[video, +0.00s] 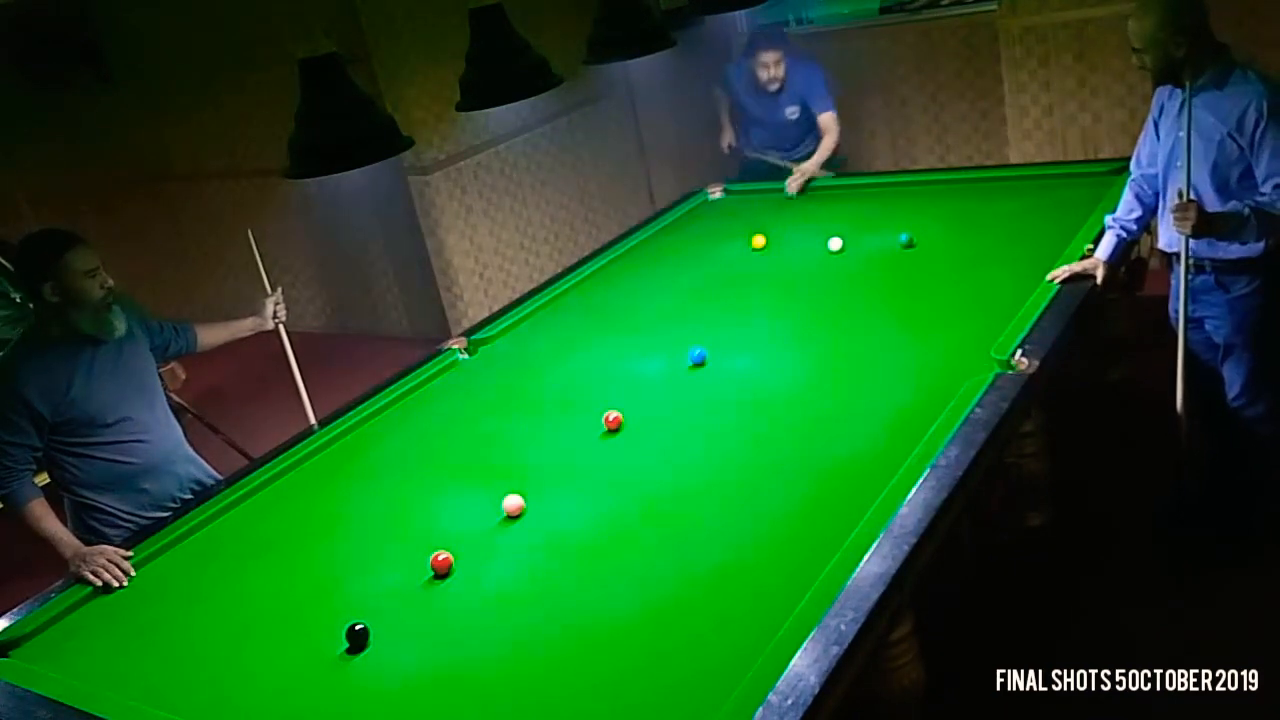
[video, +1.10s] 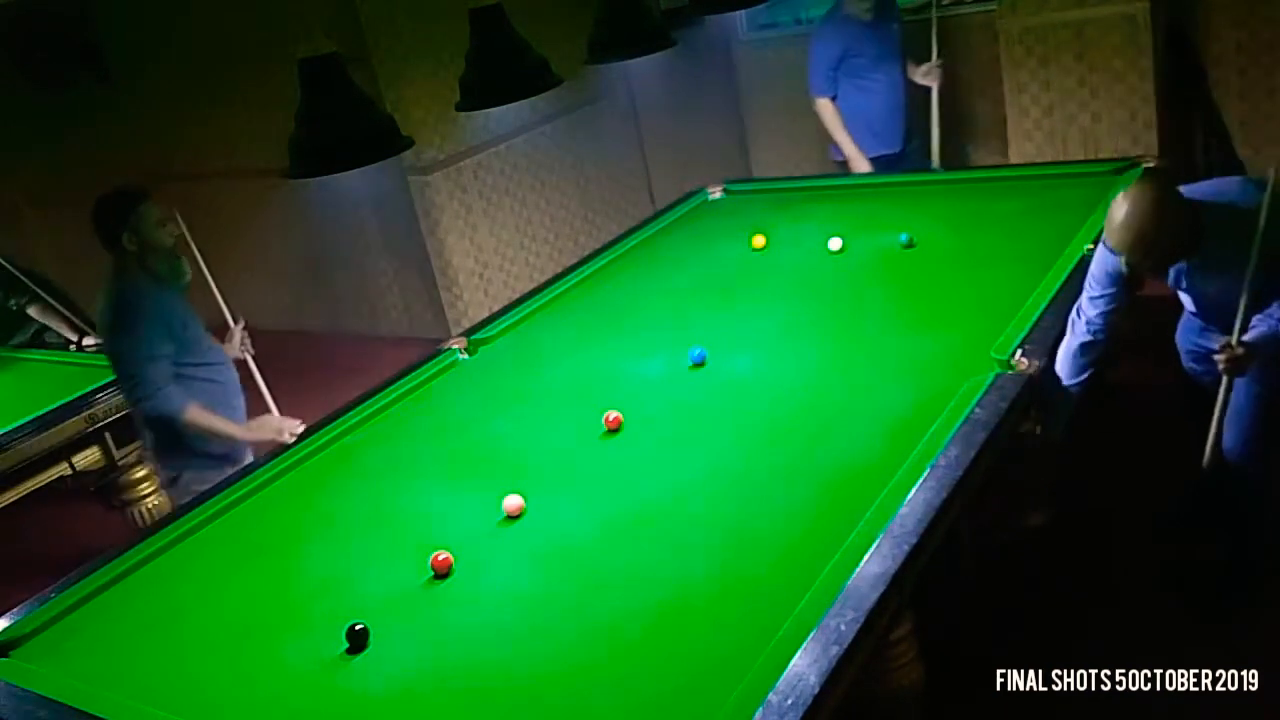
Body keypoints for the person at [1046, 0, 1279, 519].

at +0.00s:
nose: (1136, 60)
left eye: (1143, 49)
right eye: (1133, 49)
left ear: (1181, 42)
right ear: (1175, 45)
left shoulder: (1255, 101)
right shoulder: (1167, 98)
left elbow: (1276, 209)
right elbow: (1143, 182)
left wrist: (1215, 223)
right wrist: (1104, 254)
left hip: (1241, 285)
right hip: (1185, 281)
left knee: (1247, 408)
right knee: (1195, 405)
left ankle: (1257, 524)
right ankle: (1204, 517)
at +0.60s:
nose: (1150, 117)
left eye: (1159, 106)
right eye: (1144, 106)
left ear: (1189, 91)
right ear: (1139, 95)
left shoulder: (1246, 137)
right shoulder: (1139, 127)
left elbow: (1272, 241)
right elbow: (1118, 203)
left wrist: (1218, 291)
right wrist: (1104, 266)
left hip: (1234, 304)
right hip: (1174, 299)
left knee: (1227, 419)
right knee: (1178, 411)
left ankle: (1241, 527)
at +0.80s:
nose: (1152, 184)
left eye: (1161, 175)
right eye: (1143, 173)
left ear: (1195, 155)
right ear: (1136, 152)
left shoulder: (1259, 174)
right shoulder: (1132, 174)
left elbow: (1276, 273)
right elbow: (1107, 253)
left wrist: (1229, 324)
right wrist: (1097, 332)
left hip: (1248, 311)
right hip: (1184, 299)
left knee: (1228, 439)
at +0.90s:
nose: (1151, 222)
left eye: (1157, 212)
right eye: (1140, 214)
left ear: (1185, 190)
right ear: (1128, 190)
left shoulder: (1257, 189)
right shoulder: (1126, 200)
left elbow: (1278, 282)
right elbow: (1101, 279)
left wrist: (1238, 332)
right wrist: (1089, 362)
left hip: (1255, 319)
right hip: (1192, 310)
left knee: (1231, 443)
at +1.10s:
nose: (1132, 270)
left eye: (1142, 259)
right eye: (1125, 257)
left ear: (1172, 241)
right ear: (1117, 234)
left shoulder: (1247, 221)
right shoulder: (1127, 229)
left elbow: (1279, 303)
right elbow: (1095, 309)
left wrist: (1256, 344)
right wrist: (1068, 377)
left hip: (1263, 336)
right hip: (1203, 320)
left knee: (1238, 456)